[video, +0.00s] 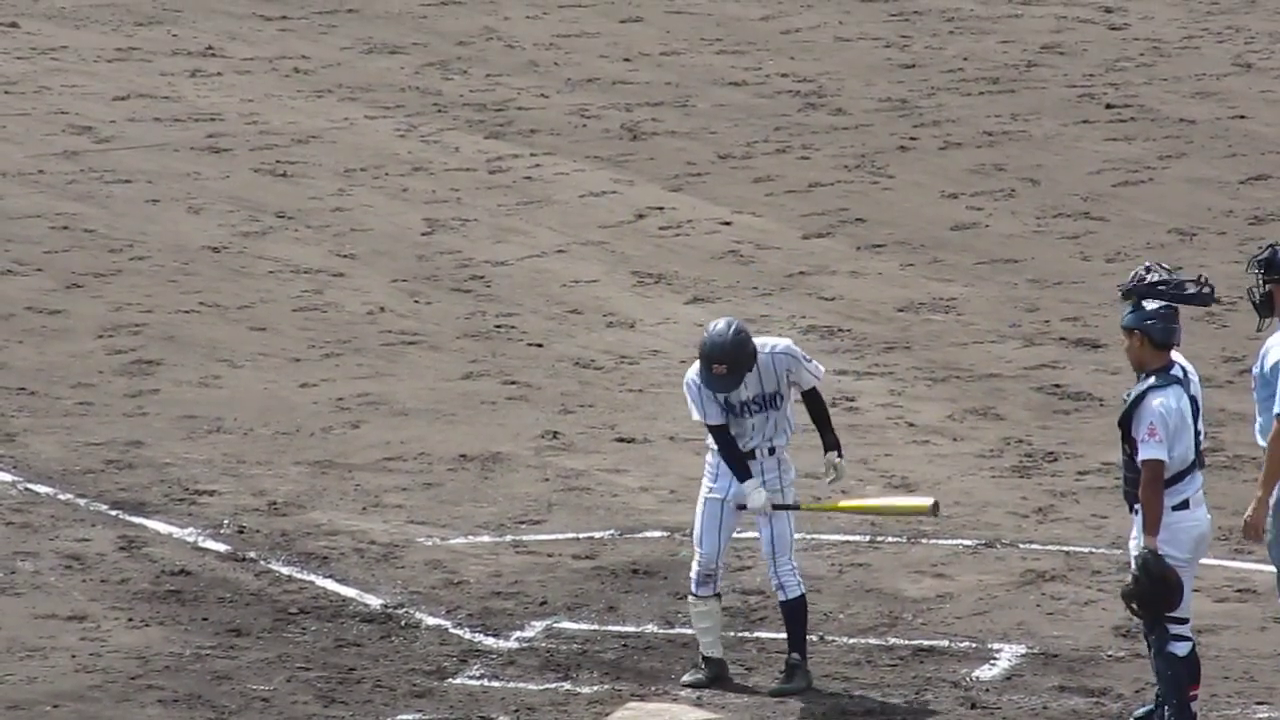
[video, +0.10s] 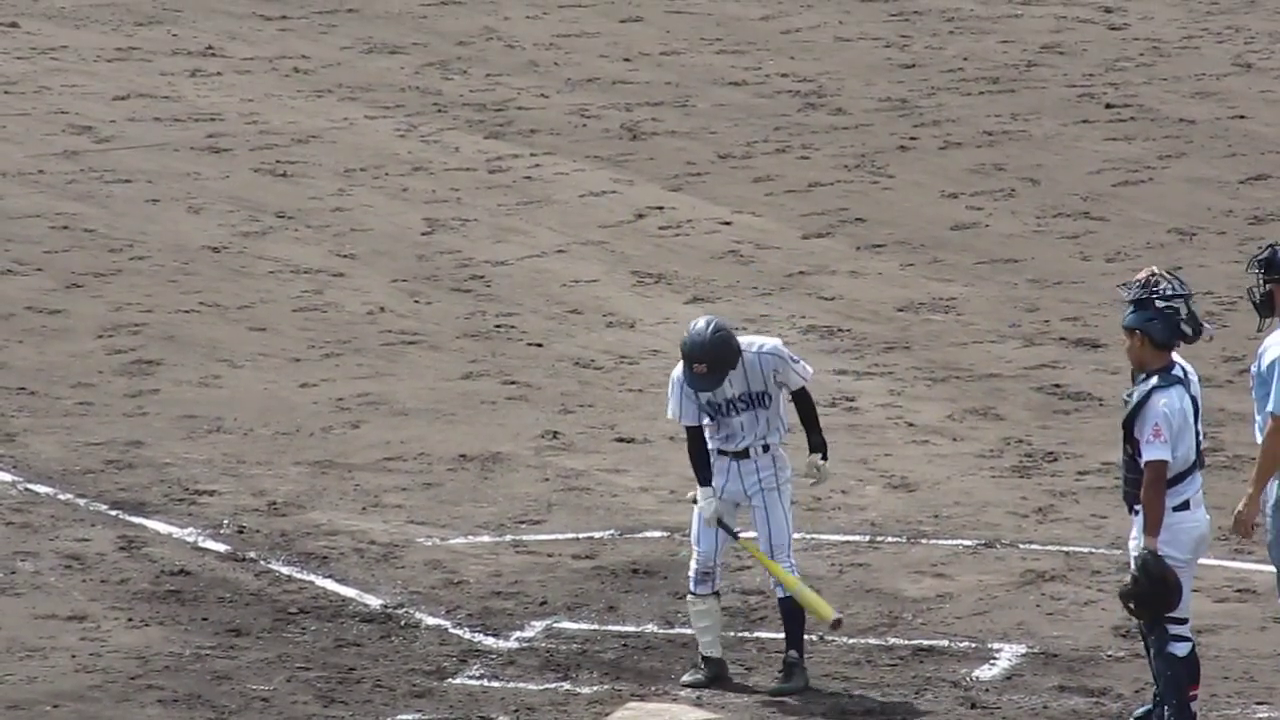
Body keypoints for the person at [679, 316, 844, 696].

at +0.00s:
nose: (719, 379)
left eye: (727, 372)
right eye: (713, 372)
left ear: (747, 359)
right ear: (705, 360)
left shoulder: (781, 355)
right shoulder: (698, 380)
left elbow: (811, 394)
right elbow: (722, 439)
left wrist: (832, 448)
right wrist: (749, 483)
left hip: (771, 469)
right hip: (722, 469)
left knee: (781, 568)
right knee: (704, 565)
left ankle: (797, 664)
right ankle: (711, 661)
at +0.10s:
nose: (701, 382)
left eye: (708, 375)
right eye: (695, 375)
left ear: (730, 359)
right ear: (688, 360)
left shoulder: (769, 356)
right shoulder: (685, 377)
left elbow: (800, 394)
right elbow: (694, 436)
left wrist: (818, 448)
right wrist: (706, 491)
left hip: (766, 466)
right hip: (717, 468)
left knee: (781, 564)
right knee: (703, 564)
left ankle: (794, 663)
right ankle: (711, 662)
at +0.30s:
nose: (674, 376)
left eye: (679, 368)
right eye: (670, 368)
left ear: (702, 353)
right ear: (668, 357)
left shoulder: (752, 353)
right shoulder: (674, 374)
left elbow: (790, 396)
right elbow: (666, 426)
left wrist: (792, 456)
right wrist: (648, 476)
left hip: (765, 463)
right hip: (718, 467)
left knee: (771, 563)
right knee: (707, 563)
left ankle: (804, 647)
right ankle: (711, 662)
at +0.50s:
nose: (667, 382)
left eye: (671, 375)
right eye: (662, 376)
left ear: (690, 360)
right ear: (663, 363)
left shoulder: (744, 358)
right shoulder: (673, 378)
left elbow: (787, 401)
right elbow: (641, 422)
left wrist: (784, 460)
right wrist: (596, 439)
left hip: (767, 467)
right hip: (721, 471)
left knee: (778, 567)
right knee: (705, 564)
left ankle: (799, 663)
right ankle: (711, 664)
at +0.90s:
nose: (701, 382)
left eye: (708, 376)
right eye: (698, 374)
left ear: (732, 365)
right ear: (696, 363)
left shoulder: (780, 367)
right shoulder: (700, 374)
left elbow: (816, 412)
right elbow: (668, 414)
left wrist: (812, 472)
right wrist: (621, 437)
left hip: (788, 474)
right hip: (743, 475)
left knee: (789, 575)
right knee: (716, 568)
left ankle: (811, 665)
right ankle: (711, 662)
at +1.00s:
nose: (727, 385)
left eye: (734, 379)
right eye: (722, 377)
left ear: (755, 366)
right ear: (717, 363)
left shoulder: (800, 370)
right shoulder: (717, 376)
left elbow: (829, 414)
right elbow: (696, 428)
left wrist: (829, 476)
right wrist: (659, 466)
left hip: (797, 474)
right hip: (750, 475)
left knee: (798, 573)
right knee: (724, 566)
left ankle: (813, 666)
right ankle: (712, 661)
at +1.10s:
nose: (750, 385)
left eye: (758, 378)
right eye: (745, 376)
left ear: (779, 364)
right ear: (737, 361)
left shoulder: (814, 371)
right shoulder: (728, 373)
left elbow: (839, 415)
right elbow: (723, 431)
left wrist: (843, 475)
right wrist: (708, 483)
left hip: (800, 476)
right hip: (750, 474)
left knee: (800, 572)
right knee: (725, 565)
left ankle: (811, 667)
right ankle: (712, 661)